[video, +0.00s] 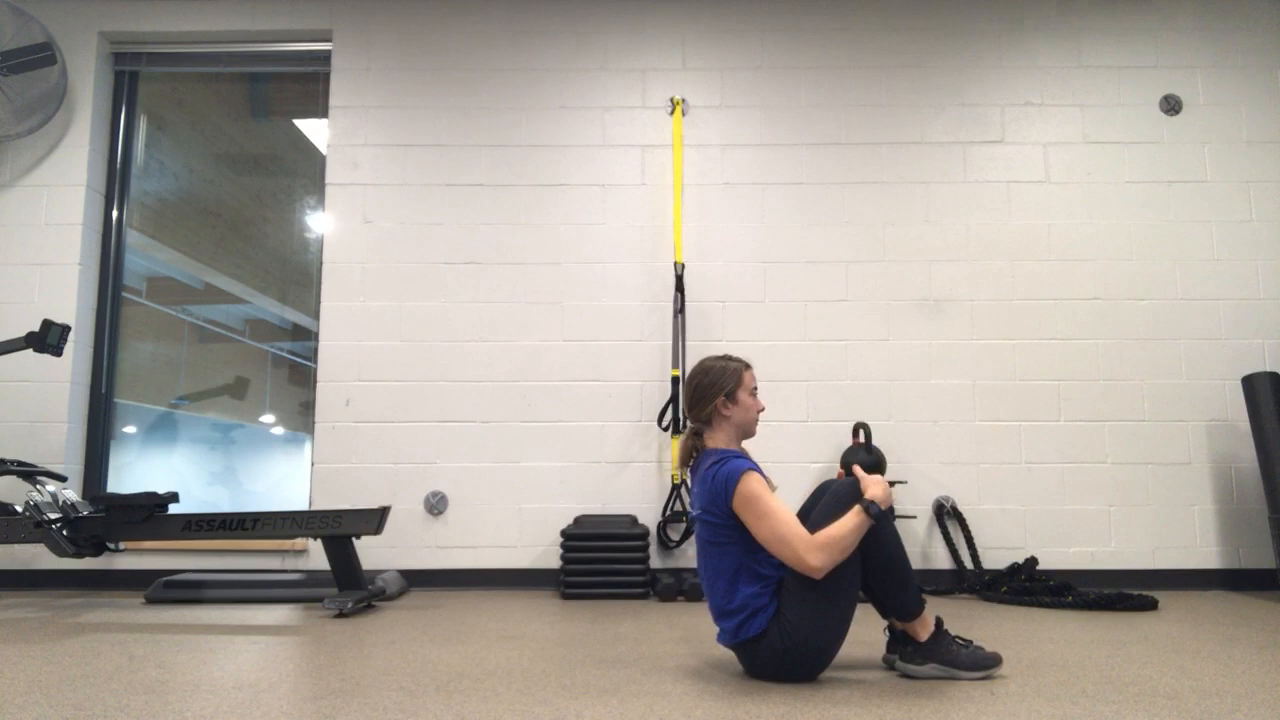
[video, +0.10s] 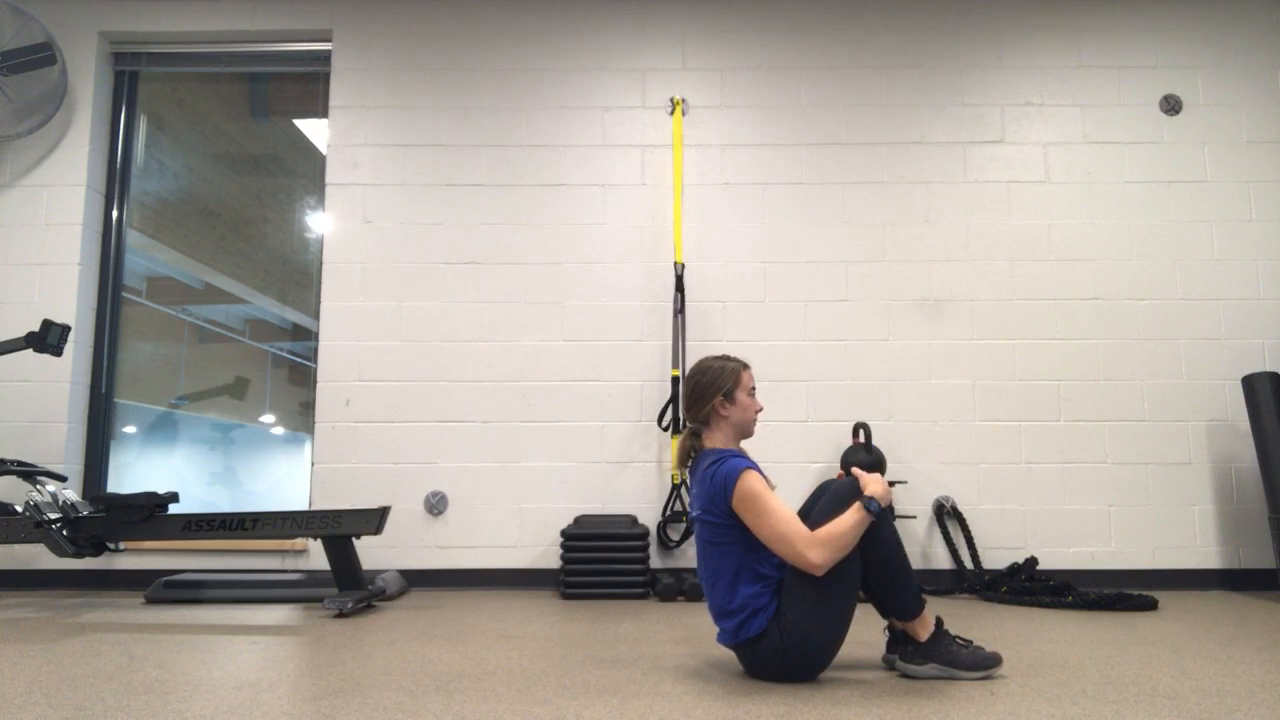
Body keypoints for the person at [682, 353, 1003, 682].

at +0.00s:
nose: (761, 404)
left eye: (757, 393)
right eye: (752, 394)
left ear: (724, 405)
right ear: (723, 405)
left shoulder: (719, 464)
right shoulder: (734, 473)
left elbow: (795, 550)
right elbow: (814, 560)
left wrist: (843, 487)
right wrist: (872, 505)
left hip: (763, 637)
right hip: (778, 647)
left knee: (841, 489)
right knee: (853, 496)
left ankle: (906, 630)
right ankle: (924, 635)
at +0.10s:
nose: (760, 404)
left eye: (755, 393)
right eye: (751, 394)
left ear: (722, 405)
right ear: (722, 405)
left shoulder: (717, 464)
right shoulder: (732, 472)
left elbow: (798, 547)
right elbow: (815, 556)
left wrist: (846, 488)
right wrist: (872, 502)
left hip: (764, 638)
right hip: (778, 648)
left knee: (841, 488)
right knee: (851, 495)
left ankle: (906, 630)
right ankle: (923, 634)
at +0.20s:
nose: (759, 403)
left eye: (754, 392)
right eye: (749, 393)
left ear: (721, 405)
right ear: (721, 405)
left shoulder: (717, 464)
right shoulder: (732, 472)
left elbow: (797, 548)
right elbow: (815, 557)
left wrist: (846, 489)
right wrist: (872, 503)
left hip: (764, 638)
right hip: (778, 648)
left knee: (842, 488)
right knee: (851, 493)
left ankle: (907, 629)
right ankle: (923, 634)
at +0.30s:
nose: (758, 403)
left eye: (754, 392)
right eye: (749, 393)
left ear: (721, 405)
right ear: (721, 405)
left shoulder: (717, 464)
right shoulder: (732, 472)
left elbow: (798, 548)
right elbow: (814, 557)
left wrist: (848, 490)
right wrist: (871, 503)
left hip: (764, 638)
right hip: (778, 647)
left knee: (841, 488)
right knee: (852, 493)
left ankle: (907, 629)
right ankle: (923, 634)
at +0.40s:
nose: (758, 403)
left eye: (753, 392)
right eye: (748, 393)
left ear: (720, 405)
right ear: (720, 405)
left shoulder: (717, 464)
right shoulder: (731, 472)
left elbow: (798, 549)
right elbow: (814, 557)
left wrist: (849, 490)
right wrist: (871, 503)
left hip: (763, 638)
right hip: (778, 648)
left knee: (839, 489)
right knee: (851, 494)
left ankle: (906, 630)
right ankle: (923, 634)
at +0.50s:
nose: (756, 403)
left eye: (751, 392)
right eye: (747, 393)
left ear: (719, 406)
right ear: (719, 405)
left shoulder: (715, 464)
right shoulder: (731, 472)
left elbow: (798, 548)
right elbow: (814, 557)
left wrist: (851, 492)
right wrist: (871, 503)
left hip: (763, 639)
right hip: (778, 648)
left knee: (839, 489)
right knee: (851, 495)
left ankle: (906, 629)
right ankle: (923, 634)